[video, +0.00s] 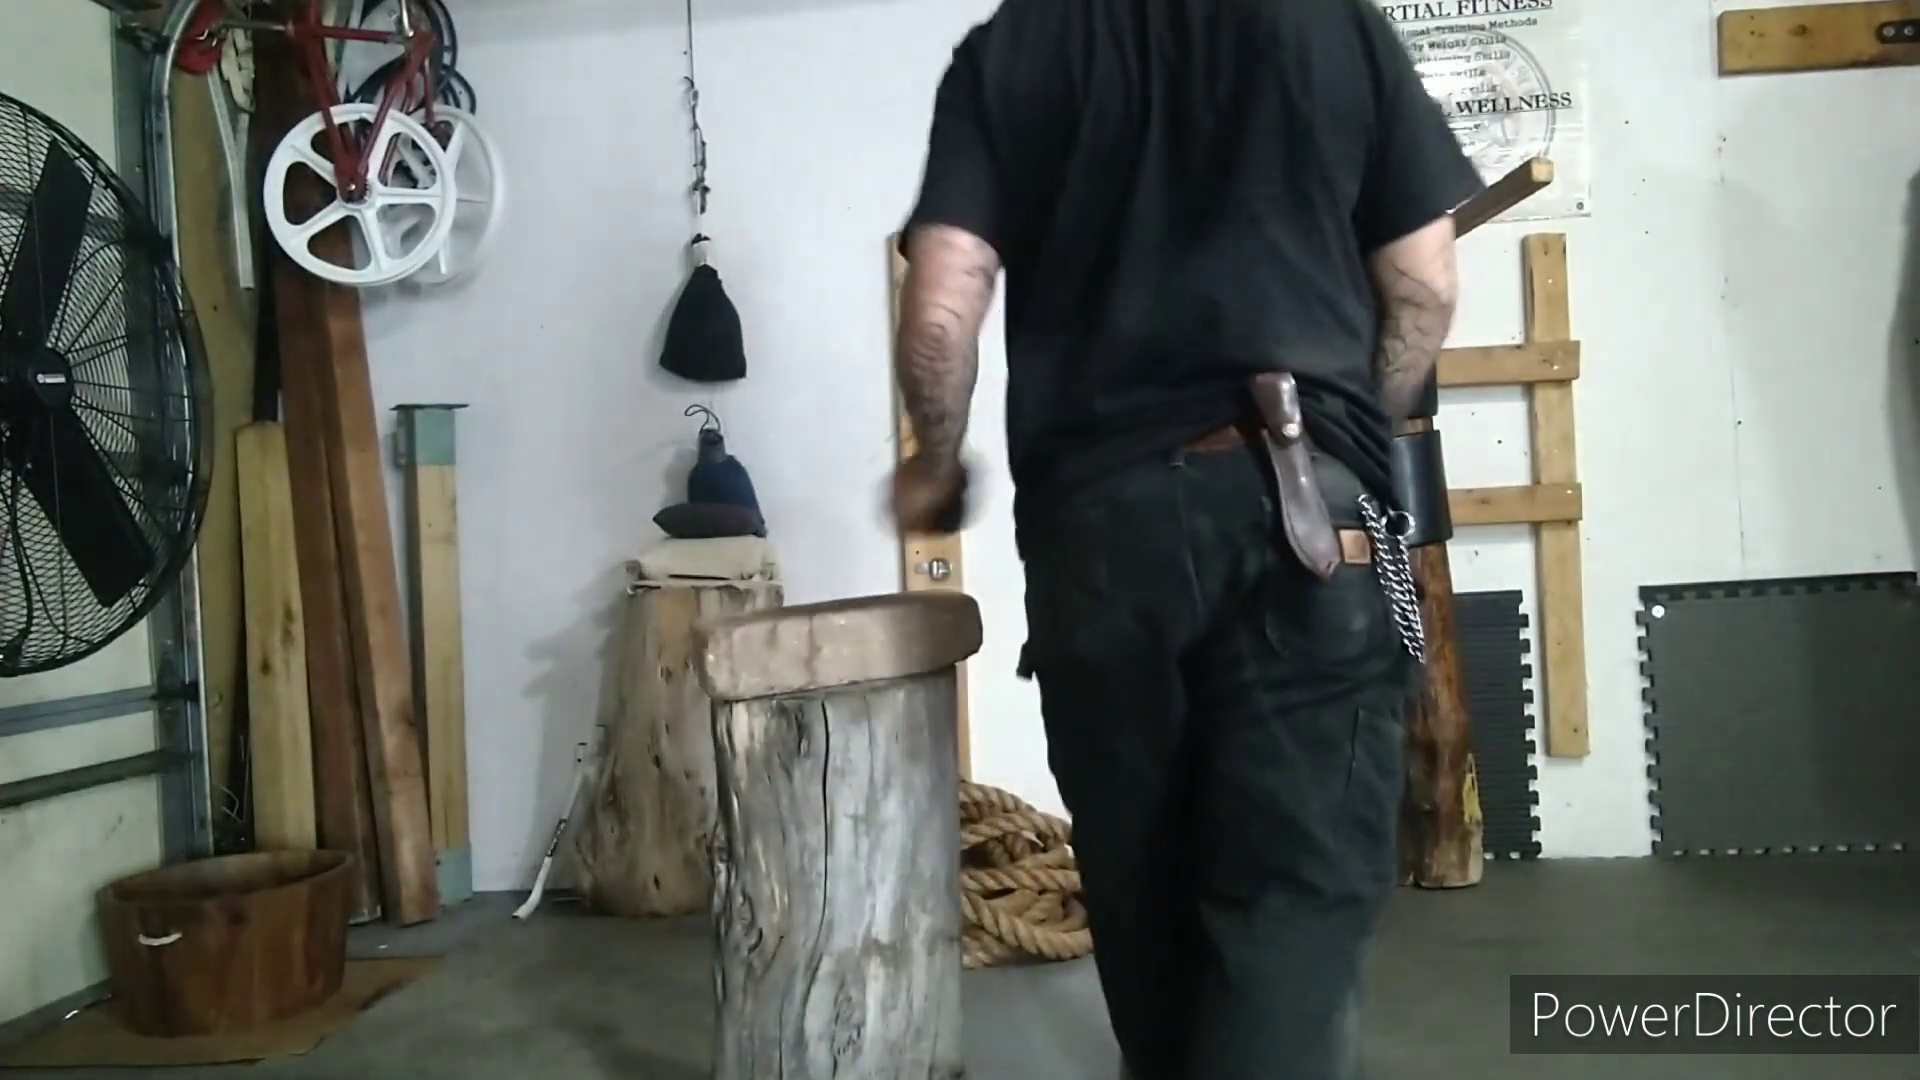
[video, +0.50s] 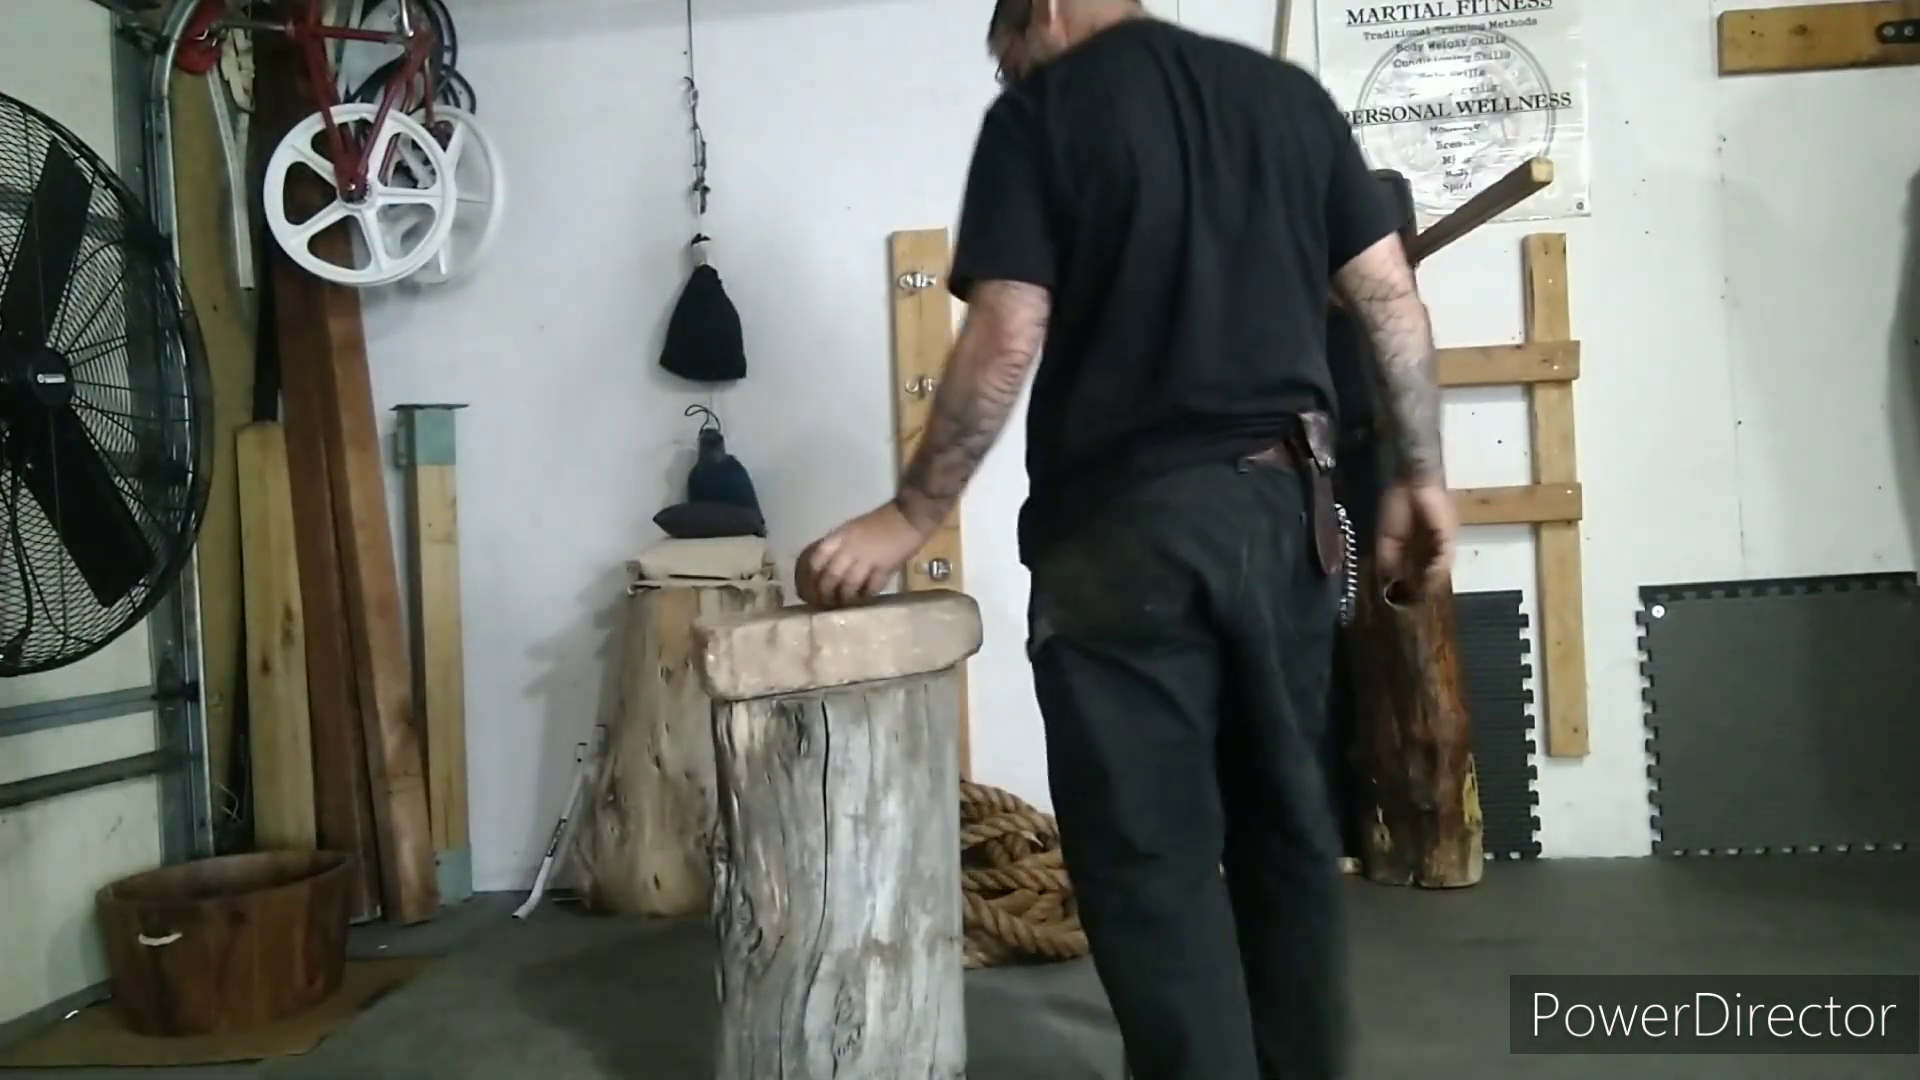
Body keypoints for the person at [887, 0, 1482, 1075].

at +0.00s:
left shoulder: (1011, 39)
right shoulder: (1332, 19)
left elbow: (943, 299)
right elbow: (1425, 278)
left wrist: (936, 455)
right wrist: (1365, 434)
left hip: (1103, 505)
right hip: (1317, 481)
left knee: (1140, 886)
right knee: (1297, 898)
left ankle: (1166, 1068)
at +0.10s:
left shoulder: (1007, 58)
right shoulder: (1321, 28)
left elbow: (955, 305)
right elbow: (1411, 279)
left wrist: (908, 480)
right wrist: (1386, 494)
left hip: (1099, 513)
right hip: (1307, 496)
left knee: (1139, 887)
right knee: (1312, 867)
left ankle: (1172, 1071)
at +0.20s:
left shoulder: (1009, 81)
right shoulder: (1309, 50)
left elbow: (960, 317)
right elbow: (1401, 275)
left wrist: (882, 497)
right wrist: (1436, 481)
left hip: (1098, 521)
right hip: (1294, 503)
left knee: (1141, 881)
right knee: (1331, 852)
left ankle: (1192, 1073)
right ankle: (1335, 1068)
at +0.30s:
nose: (1012, 16)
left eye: (1014, 8)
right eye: (1013, 11)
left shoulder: (1016, 85)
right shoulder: (1302, 57)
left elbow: (969, 319)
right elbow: (1402, 274)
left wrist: (883, 501)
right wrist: (1453, 471)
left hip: (1106, 523)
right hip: (1295, 505)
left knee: (1145, 877)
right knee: (1323, 848)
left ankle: (1197, 1070)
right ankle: (1364, 1069)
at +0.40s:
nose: (1008, 35)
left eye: (1009, 20)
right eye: (1007, 23)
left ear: (1050, 2)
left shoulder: (1021, 96)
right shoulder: (1297, 70)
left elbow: (978, 326)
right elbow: (1400, 276)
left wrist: (889, 508)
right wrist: (1451, 466)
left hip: (1112, 525)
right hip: (1292, 507)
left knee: (1146, 874)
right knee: (1312, 839)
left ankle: (1200, 1069)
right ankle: (1363, 1069)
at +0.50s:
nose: (1007, 77)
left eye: (1003, 52)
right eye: (1001, 58)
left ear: (1043, 10)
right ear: (1134, 6)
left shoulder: (1038, 112)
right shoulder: (1292, 92)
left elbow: (1010, 333)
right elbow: (1386, 288)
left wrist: (909, 513)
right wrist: (1419, 469)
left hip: (1124, 521)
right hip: (1290, 506)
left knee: (1150, 874)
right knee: (1291, 852)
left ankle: (1203, 1068)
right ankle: (1310, 1065)